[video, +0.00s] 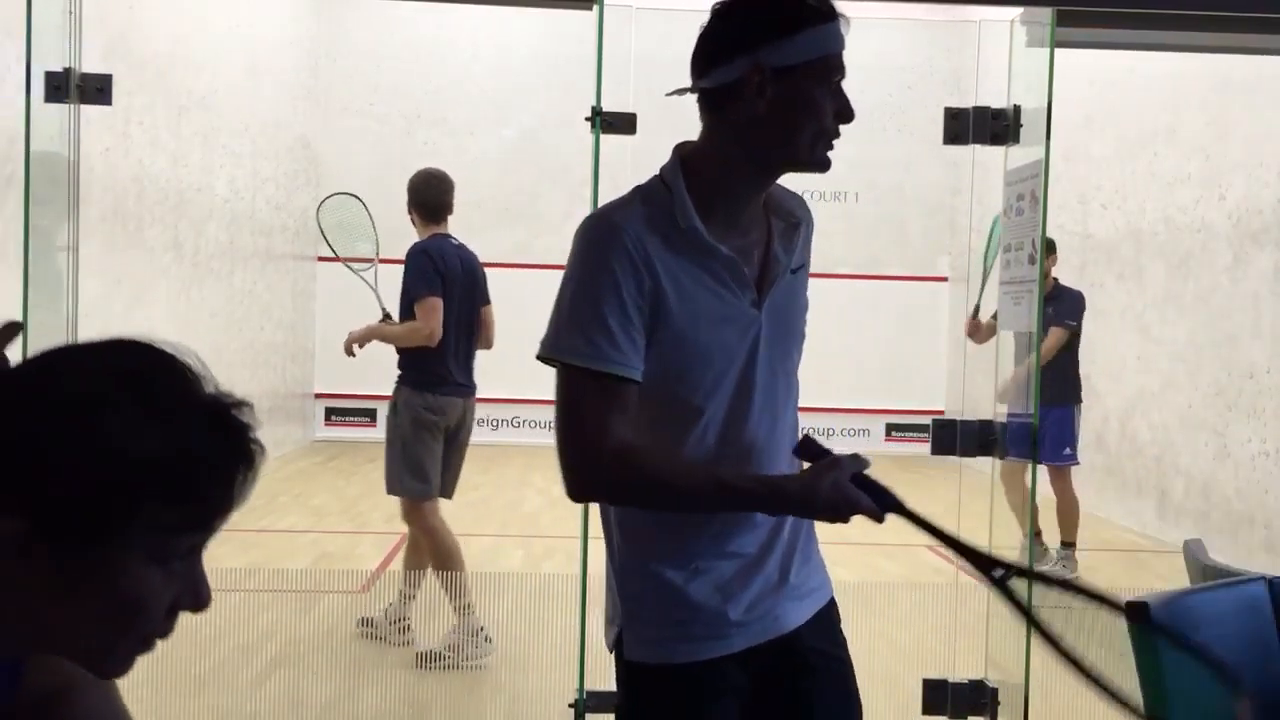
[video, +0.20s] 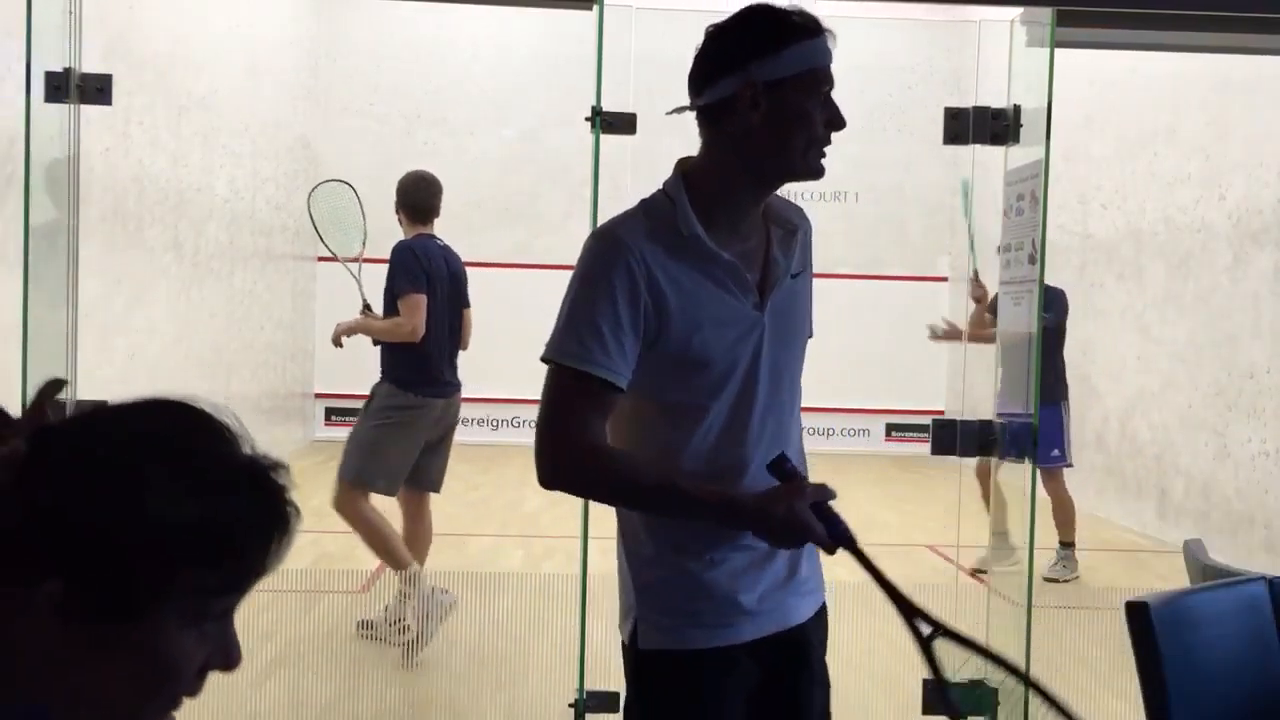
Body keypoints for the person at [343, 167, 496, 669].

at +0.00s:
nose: (409, 214)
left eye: (407, 207)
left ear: (411, 210)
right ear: (452, 207)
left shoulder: (423, 255)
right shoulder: (470, 260)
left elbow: (425, 330)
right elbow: (485, 337)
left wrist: (372, 332)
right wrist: (422, 330)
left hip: (421, 399)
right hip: (461, 401)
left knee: (422, 508)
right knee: (422, 508)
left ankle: (470, 626)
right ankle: (400, 615)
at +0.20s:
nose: (397, 214)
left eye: (396, 206)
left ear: (399, 209)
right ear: (438, 210)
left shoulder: (409, 252)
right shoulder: (452, 259)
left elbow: (409, 327)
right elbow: (462, 338)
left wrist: (360, 325)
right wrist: (392, 323)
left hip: (402, 398)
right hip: (444, 401)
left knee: (348, 498)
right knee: (415, 498)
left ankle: (423, 592)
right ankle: (403, 610)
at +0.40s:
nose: (386, 212)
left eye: (384, 204)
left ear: (386, 207)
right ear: (425, 207)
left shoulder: (391, 248)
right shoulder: (442, 258)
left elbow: (390, 320)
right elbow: (448, 331)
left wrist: (346, 322)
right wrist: (376, 316)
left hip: (388, 393)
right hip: (432, 395)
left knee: (344, 492)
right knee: (410, 495)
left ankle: (358, 615)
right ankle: (401, 616)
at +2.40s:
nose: (315, 241)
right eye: (318, 235)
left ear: (281, 234)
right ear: (319, 239)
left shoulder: (247, 270)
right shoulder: (326, 293)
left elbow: (208, 333)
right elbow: (321, 366)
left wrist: (244, 326)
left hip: (231, 402)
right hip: (290, 409)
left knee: (205, 505)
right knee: (308, 484)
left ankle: (212, 618)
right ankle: (264, 578)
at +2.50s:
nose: (348, 245)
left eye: (339, 236)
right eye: (349, 239)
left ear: (311, 237)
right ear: (346, 243)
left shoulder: (277, 273)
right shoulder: (350, 294)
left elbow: (239, 333)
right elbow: (364, 365)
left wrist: (275, 336)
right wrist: (363, 397)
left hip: (257, 398)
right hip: (313, 403)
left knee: (231, 499)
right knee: (340, 481)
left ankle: (216, 608)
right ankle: (312, 580)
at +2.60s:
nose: (383, 252)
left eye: (379, 244)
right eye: (382, 246)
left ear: (343, 247)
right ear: (377, 251)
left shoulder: (314, 281)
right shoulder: (382, 297)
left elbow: (272, 335)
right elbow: (399, 350)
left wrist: (304, 349)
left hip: (293, 396)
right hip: (344, 403)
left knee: (257, 493)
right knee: (365, 493)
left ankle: (217, 586)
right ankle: (324, 583)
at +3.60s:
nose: (652, 244)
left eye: (653, 237)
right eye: (648, 236)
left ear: (618, 238)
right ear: (627, 236)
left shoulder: (585, 272)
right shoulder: (631, 280)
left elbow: (562, 325)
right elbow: (638, 341)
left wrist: (602, 326)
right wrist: (661, 370)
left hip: (576, 382)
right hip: (613, 386)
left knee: (565, 460)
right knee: (633, 467)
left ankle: (537, 545)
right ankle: (628, 561)